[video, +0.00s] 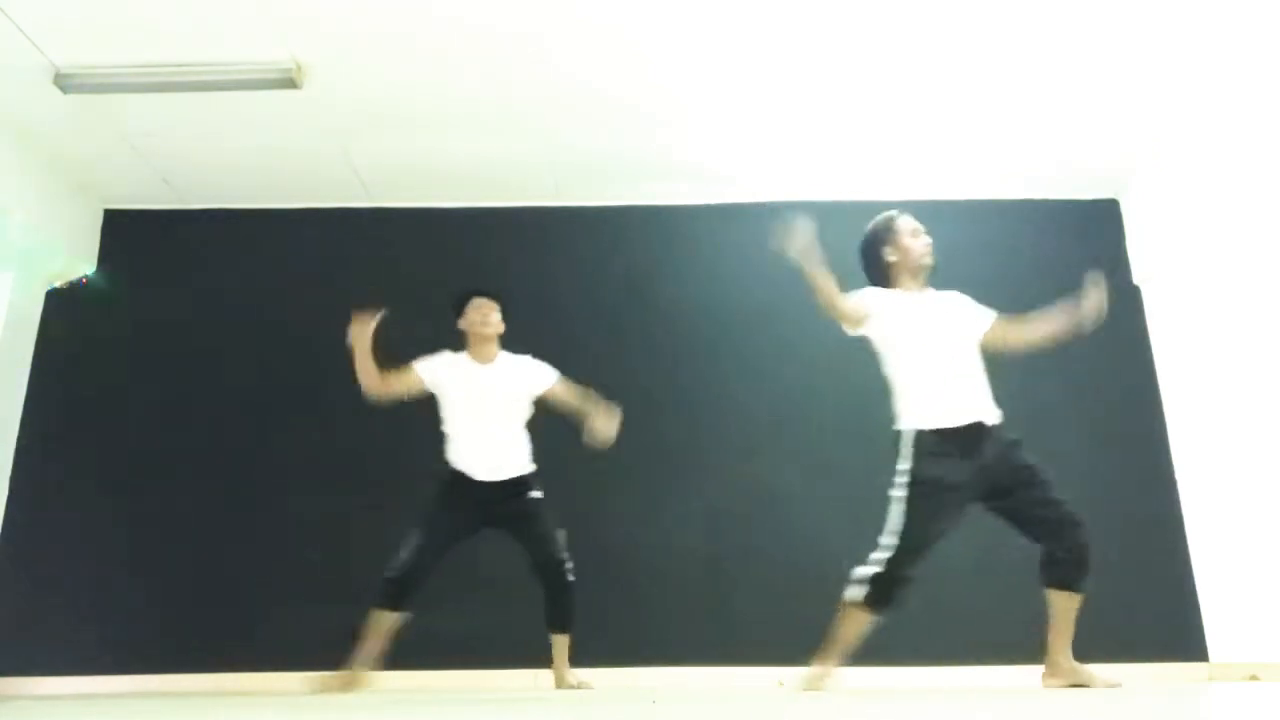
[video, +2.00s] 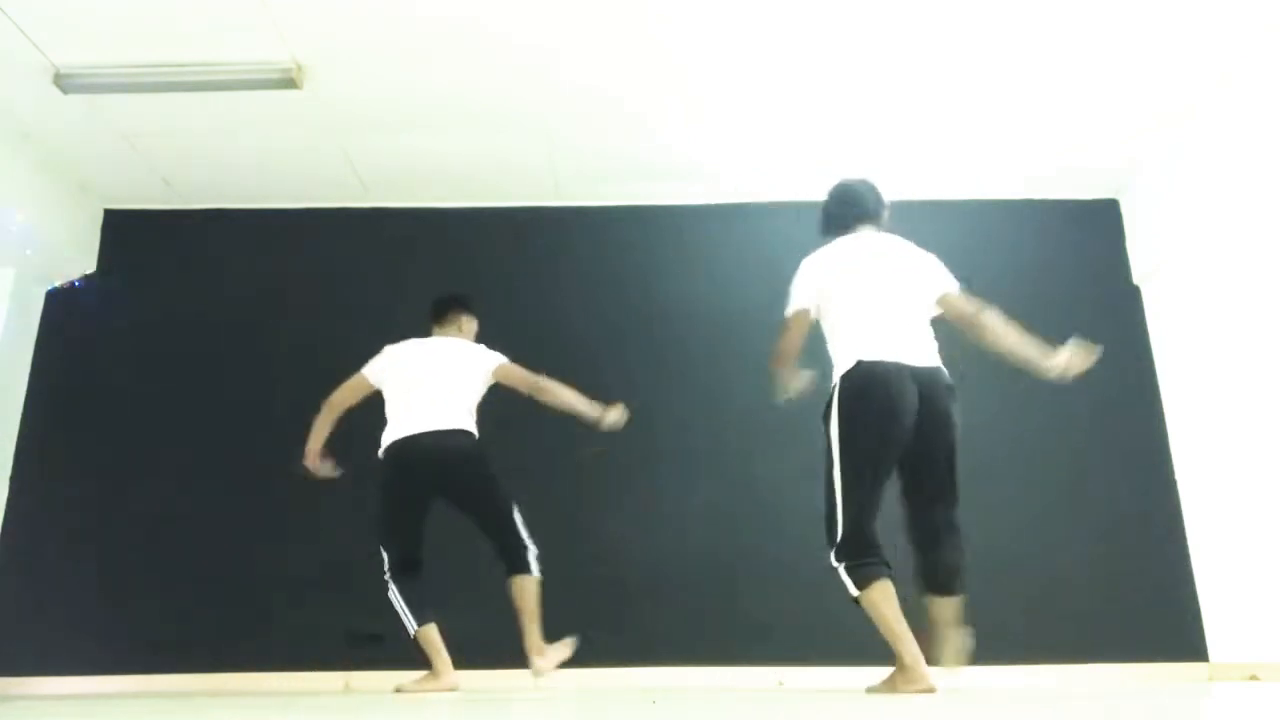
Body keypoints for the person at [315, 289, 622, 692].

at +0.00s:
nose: (491, 318)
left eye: (495, 312)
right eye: (480, 312)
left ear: (503, 322)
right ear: (462, 324)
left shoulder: (525, 370)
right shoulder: (443, 368)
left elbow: (581, 401)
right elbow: (378, 388)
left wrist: (602, 418)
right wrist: (361, 343)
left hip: (519, 491)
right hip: (461, 489)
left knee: (557, 569)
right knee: (406, 570)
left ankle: (563, 672)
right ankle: (359, 669)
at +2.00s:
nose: (475, 336)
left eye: (472, 329)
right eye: (473, 329)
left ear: (433, 324)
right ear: (462, 325)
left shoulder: (394, 354)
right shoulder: (477, 353)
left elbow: (336, 402)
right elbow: (537, 386)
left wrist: (312, 454)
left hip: (402, 461)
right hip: (459, 455)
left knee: (399, 571)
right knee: (517, 546)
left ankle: (442, 671)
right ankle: (537, 651)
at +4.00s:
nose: (687, 381)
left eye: (689, 374)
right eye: (682, 371)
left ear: (662, 372)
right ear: (656, 367)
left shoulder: (638, 397)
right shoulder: (650, 396)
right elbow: (636, 444)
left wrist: (657, 485)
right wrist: (664, 488)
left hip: (599, 497)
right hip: (589, 494)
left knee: (663, 573)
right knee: (640, 592)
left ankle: (709, 664)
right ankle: (563, 660)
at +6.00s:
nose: (63, 353)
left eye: (71, 342)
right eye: (62, 345)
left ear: (103, 342)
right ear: (88, 347)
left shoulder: (141, 378)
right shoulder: (81, 405)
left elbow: (198, 414)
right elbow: (27, 429)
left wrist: (185, 476)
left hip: (202, 500)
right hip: (156, 509)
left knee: (242, 587)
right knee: (62, 556)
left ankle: (314, 671)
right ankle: (28, 673)